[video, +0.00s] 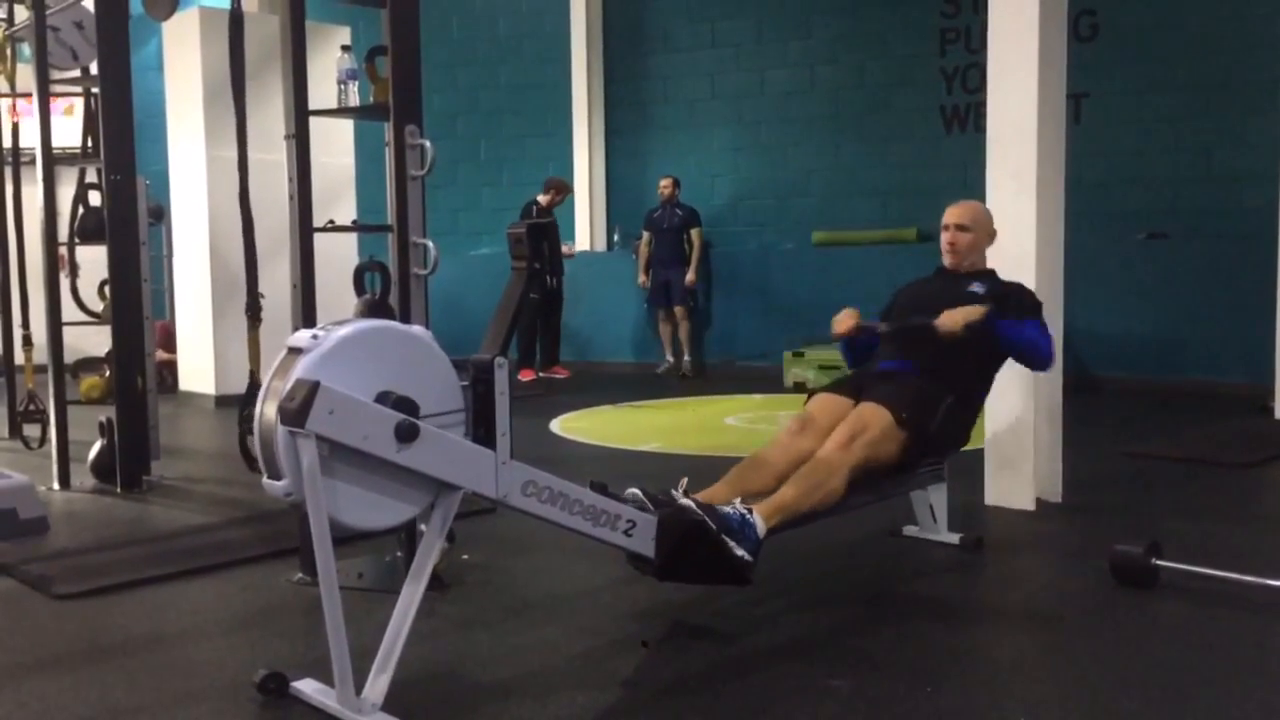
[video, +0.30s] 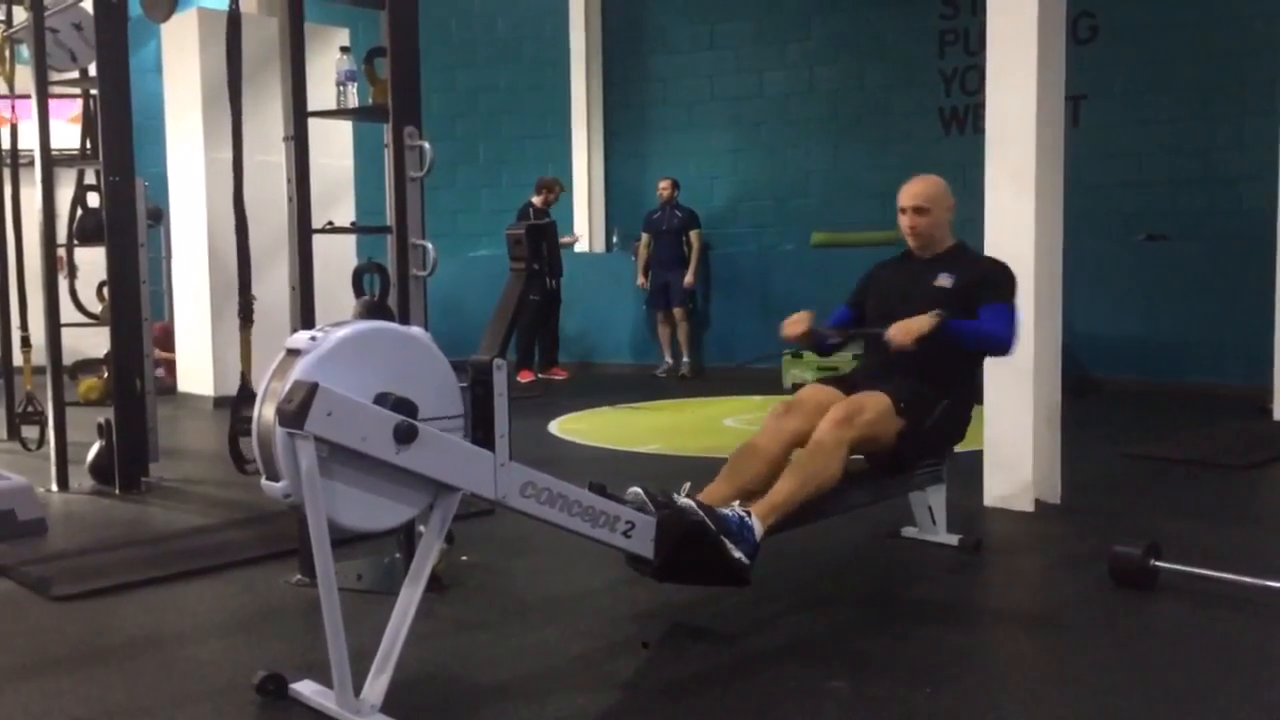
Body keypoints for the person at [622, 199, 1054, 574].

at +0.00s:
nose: (949, 238)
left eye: (961, 230)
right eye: (945, 229)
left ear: (990, 238)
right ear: (940, 236)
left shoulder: (1009, 296)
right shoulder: (916, 290)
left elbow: (1042, 355)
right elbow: (867, 356)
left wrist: (986, 318)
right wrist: (853, 333)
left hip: (930, 388)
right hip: (874, 377)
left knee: (846, 445)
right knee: (801, 429)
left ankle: (755, 524)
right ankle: (693, 507)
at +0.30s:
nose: (909, 222)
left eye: (920, 212)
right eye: (903, 213)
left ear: (948, 212)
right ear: (898, 215)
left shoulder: (986, 273)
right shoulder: (883, 274)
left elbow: (1000, 337)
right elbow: (837, 335)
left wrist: (937, 323)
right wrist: (810, 333)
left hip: (932, 394)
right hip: (871, 381)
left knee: (840, 419)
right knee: (793, 411)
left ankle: (753, 525)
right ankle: (701, 507)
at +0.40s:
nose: (875, 215)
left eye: (887, 205)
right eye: (869, 205)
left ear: (917, 205)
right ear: (863, 209)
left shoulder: (954, 264)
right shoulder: (854, 269)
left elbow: (955, 331)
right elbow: (805, 327)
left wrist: (886, 339)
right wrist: (769, 338)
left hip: (920, 396)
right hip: (854, 388)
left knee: (831, 407)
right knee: (767, 398)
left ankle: (751, 526)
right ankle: (691, 510)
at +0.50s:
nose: (838, 218)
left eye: (850, 207)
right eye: (832, 208)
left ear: (881, 205)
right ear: (825, 211)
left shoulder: (918, 265)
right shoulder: (821, 270)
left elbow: (911, 332)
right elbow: (772, 327)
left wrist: (837, 358)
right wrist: (719, 356)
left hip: (906, 410)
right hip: (835, 403)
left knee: (820, 397)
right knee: (741, 394)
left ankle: (747, 528)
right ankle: (688, 510)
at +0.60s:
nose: (801, 223)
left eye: (813, 212)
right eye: (795, 213)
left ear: (845, 212)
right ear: (788, 215)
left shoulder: (882, 270)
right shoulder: (787, 275)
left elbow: (860, 340)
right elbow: (730, 330)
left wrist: (787, 380)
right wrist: (673, 372)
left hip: (885, 421)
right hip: (812, 414)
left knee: (811, 381)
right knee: (718, 369)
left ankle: (746, 527)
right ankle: (687, 510)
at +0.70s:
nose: (765, 229)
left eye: (778, 218)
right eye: (760, 218)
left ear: (813, 221)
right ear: (755, 222)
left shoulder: (849, 277)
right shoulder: (754, 279)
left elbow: (812, 346)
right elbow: (688, 334)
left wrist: (744, 389)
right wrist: (626, 380)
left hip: (865, 430)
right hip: (789, 427)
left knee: (793, 374)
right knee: (703, 359)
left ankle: (743, 528)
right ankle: (684, 510)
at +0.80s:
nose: (740, 233)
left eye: (754, 224)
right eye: (736, 223)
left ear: (790, 228)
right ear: (731, 226)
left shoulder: (825, 282)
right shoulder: (730, 285)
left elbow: (785, 345)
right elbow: (660, 333)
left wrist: (706, 385)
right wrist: (591, 374)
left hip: (850, 438)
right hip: (777, 436)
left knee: (784, 373)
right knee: (688, 359)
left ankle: (742, 526)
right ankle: (683, 512)